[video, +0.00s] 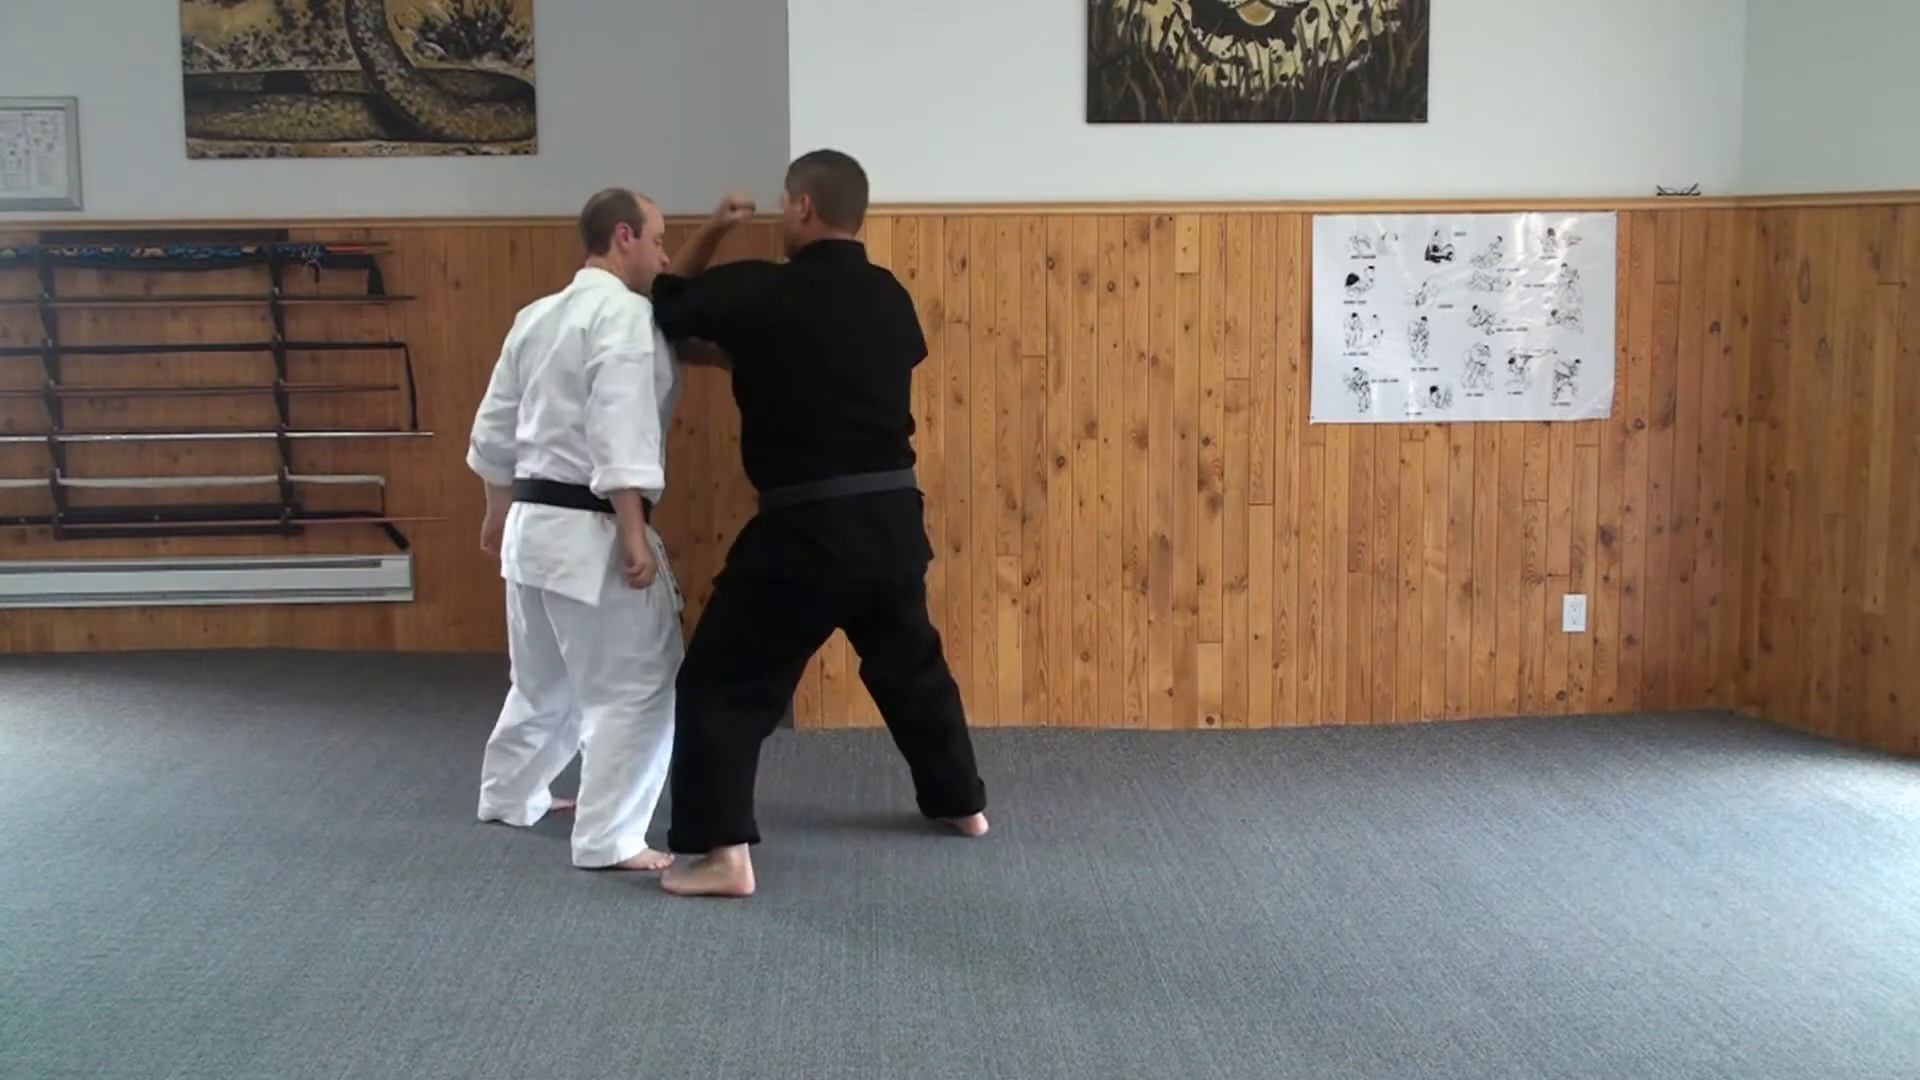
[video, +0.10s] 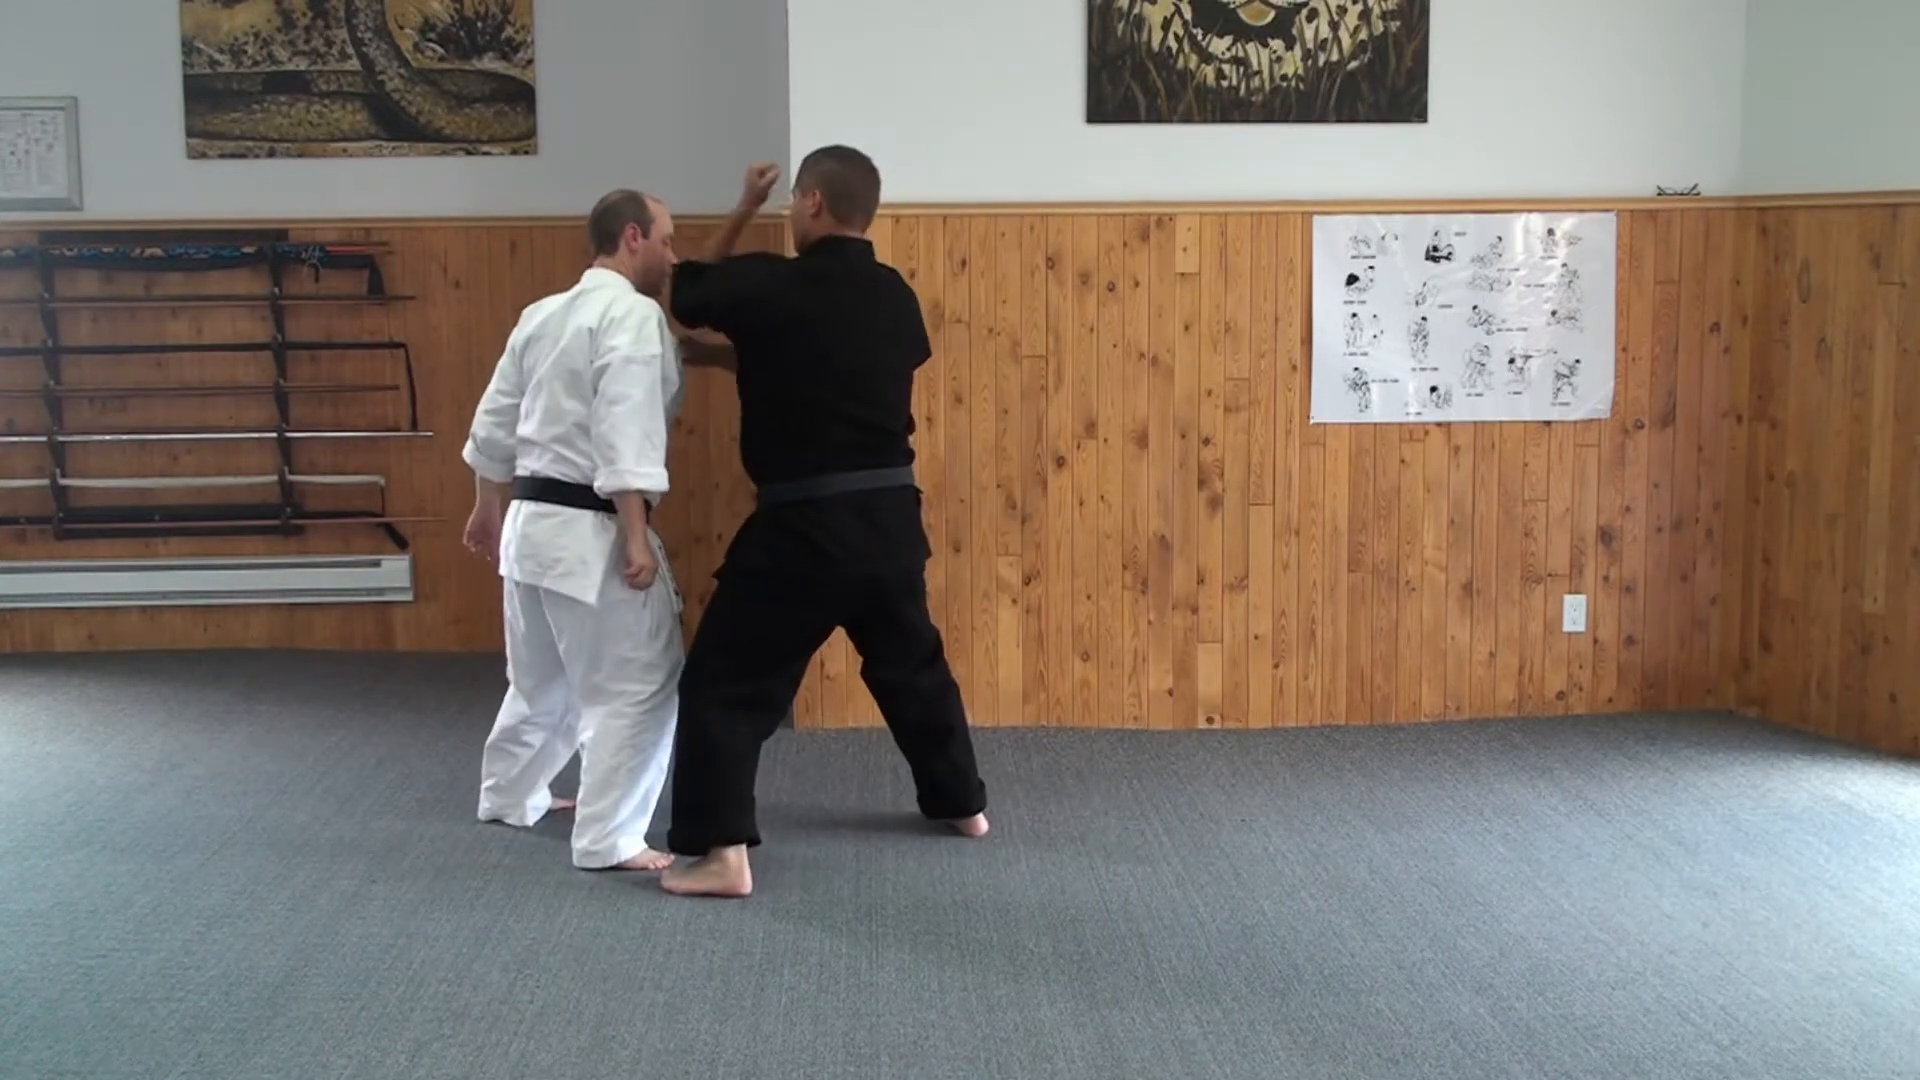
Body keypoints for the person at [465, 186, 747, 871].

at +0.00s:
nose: (664, 253)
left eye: (664, 239)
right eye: (658, 239)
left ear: (598, 243)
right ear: (624, 240)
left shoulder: (536, 315)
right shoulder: (626, 316)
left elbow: (494, 427)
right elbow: (620, 426)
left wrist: (497, 505)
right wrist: (634, 529)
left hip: (529, 527)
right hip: (595, 530)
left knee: (543, 683)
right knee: (640, 685)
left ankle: (510, 798)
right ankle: (611, 840)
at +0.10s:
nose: (673, 253)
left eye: (671, 240)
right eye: (667, 240)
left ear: (607, 244)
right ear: (632, 242)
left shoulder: (542, 313)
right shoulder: (633, 315)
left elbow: (494, 418)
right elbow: (624, 423)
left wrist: (490, 501)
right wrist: (635, 530)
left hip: (525, 528)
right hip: (592, 533)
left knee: (540, 679)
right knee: (640, 685)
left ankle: (508, 797)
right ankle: (608, 837)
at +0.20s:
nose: (676, 256)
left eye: (675, 242)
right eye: (670, 241)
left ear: (609, 243)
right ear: (637, 241)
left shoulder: (544, 313)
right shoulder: (637, 317)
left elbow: (494, 416)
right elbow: (625, 424)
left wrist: (486, 498)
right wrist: (635, 529)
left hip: (524, 527)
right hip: (593, 534)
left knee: (537, 677)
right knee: (641, 685)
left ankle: (508, 797)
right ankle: (608, 838)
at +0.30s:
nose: (675, 254)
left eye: (674, 240)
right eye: (669, 240)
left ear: (610, 242)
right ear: (636, 240)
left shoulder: (544, 312)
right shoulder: (637, 317)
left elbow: (495, 414)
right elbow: (626, 423)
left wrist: (489, 497)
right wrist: (635, 529)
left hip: (523, 526)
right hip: (592, 532)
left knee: (535, 676)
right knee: (639, 686)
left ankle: (507, 797)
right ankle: (608, 838)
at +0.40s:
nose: (672, 251)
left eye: (671, 237)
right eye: (665, 237)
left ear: (608, 243)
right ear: (630, 239)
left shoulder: (542, 312)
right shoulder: (635, 315)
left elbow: (495, 418)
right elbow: (626, 424)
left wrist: (496, 494)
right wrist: (635, 530)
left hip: (524, 527)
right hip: (594, 533)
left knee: (536, 677)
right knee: (637, 687)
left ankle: (508, 797)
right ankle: (608, 838)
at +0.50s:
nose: (667, 245)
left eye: (663, 230)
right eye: (657, 231)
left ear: (603, 241)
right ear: (622, 237)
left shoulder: (538, 313)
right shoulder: (633, 314)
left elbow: (494, 427)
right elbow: (626, 424)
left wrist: (503, 502)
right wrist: (636, 530)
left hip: (525, 529)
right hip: (594, 533)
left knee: (537, 678)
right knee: (633, 688)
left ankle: (508, 797)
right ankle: (608, 838)